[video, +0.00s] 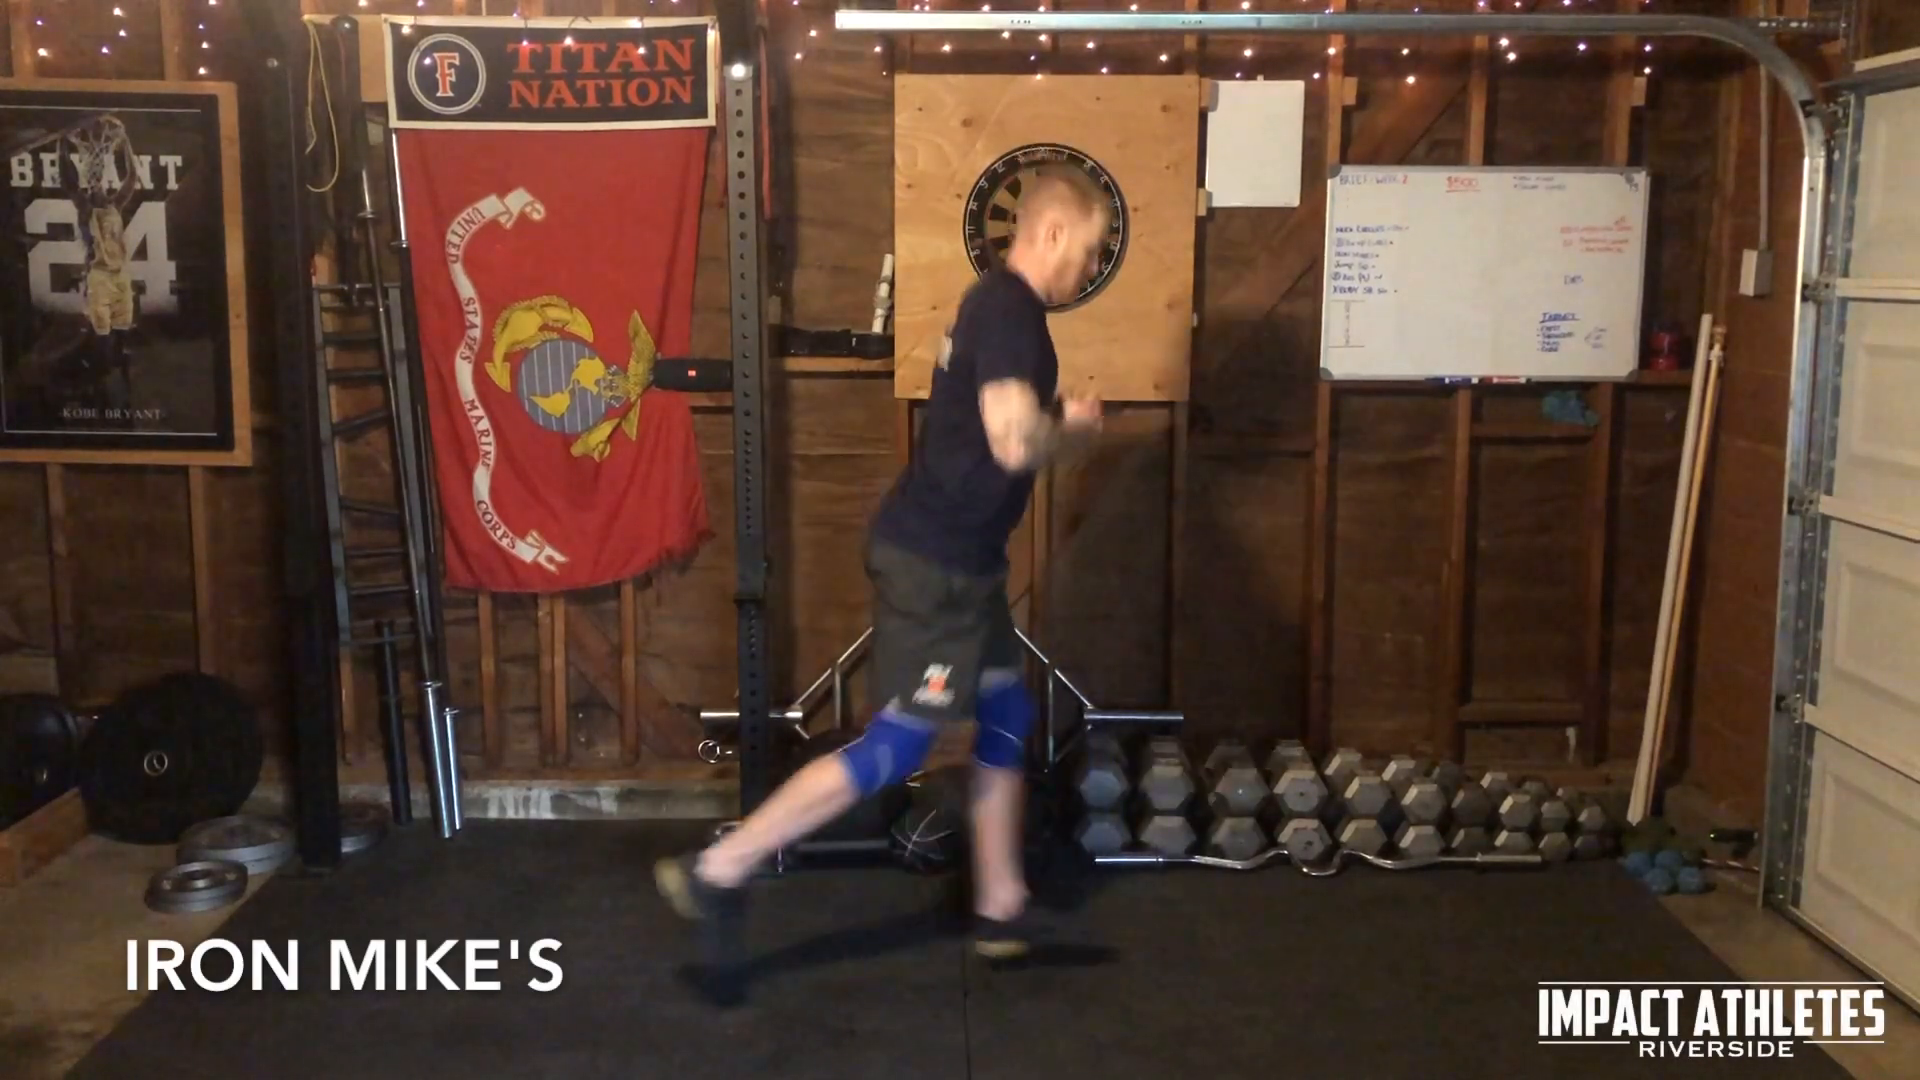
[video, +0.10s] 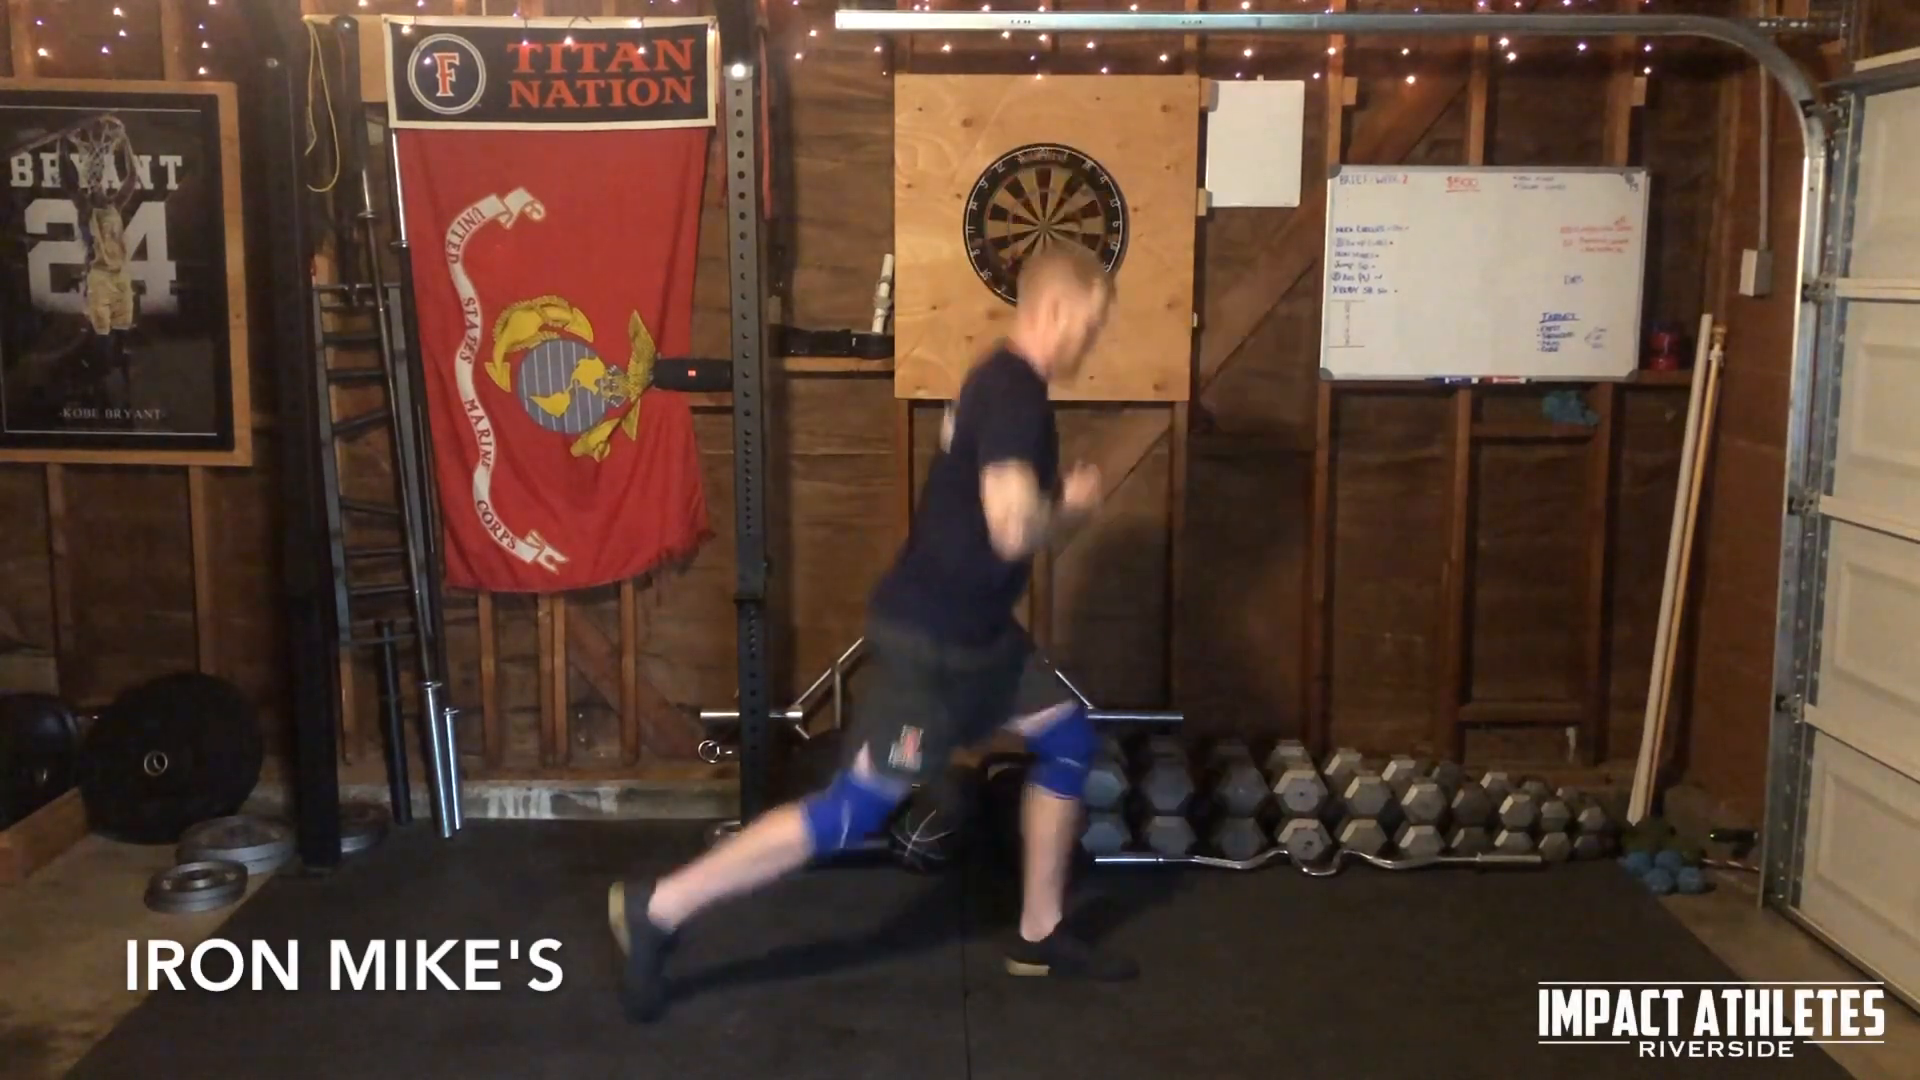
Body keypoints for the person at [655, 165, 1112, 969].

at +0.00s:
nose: (1090, 270)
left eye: (1096, 254)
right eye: (1090, 249)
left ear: (1040, 232)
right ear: (1050, 231)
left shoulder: (1010, 307)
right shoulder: (1006, 308)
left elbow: (997, 426)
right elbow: (1015, 446)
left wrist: (1051, 414)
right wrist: (1072, 426)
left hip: (968, 560)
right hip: (930, 559)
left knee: (1005, 716)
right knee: (897, 743)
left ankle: (1000, 906)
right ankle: (716, 867)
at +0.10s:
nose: (1095, 338)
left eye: (1099, 321)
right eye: (1093, 319)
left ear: (1036, 306)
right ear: (1059, 311)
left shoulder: (1015, 384)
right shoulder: (1010, 387)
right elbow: (1011, 532)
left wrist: (1056, 506)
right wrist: (1070, 504)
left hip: (978, 638)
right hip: (929, 638)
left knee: (1068, 736)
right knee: (854, 811)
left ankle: (1041, 933)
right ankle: (656, 908)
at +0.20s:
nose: (1096, 423)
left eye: (1100, 408)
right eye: (1092, 406)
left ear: (1044, 400)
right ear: (1052, 402)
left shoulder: (1020, 471)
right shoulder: (1007, 483)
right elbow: (997, 628)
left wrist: (1045, 591)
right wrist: (1062, 600)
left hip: (987, 689)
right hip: (922, 708)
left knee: (1107, 759)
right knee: (857, 899)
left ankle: (1043, 933)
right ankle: (643, 936)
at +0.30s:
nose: (1095, 490)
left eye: (1097, 475)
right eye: (1090, 474)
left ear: (1040, 466)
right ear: (1049, 467)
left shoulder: (1020, 538)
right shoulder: (1006, 549)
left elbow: (991, 666)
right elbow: (976, 696)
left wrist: (1049, 669)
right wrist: (1055, 675)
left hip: (976, 751)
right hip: (916, 774)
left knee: (1115, 762)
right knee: (853, 962)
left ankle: (1044, 936)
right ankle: (641, 941)